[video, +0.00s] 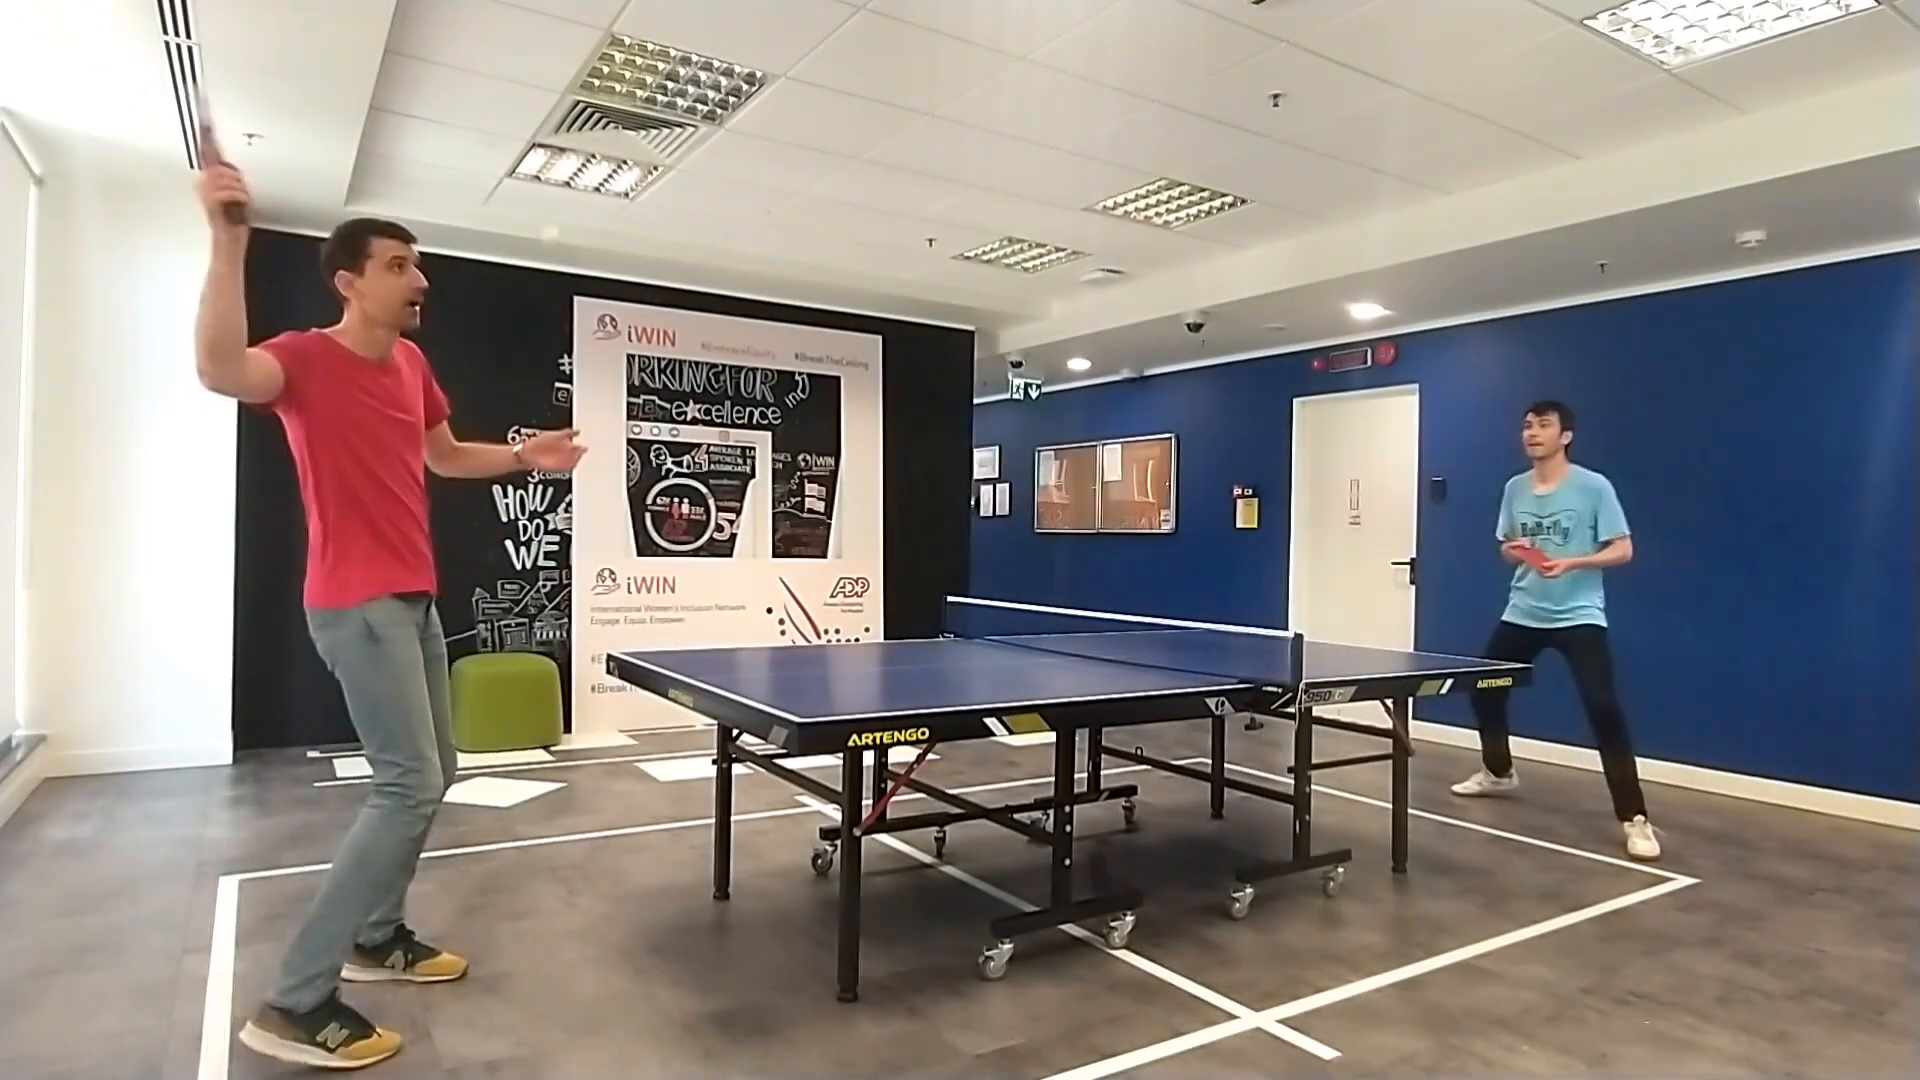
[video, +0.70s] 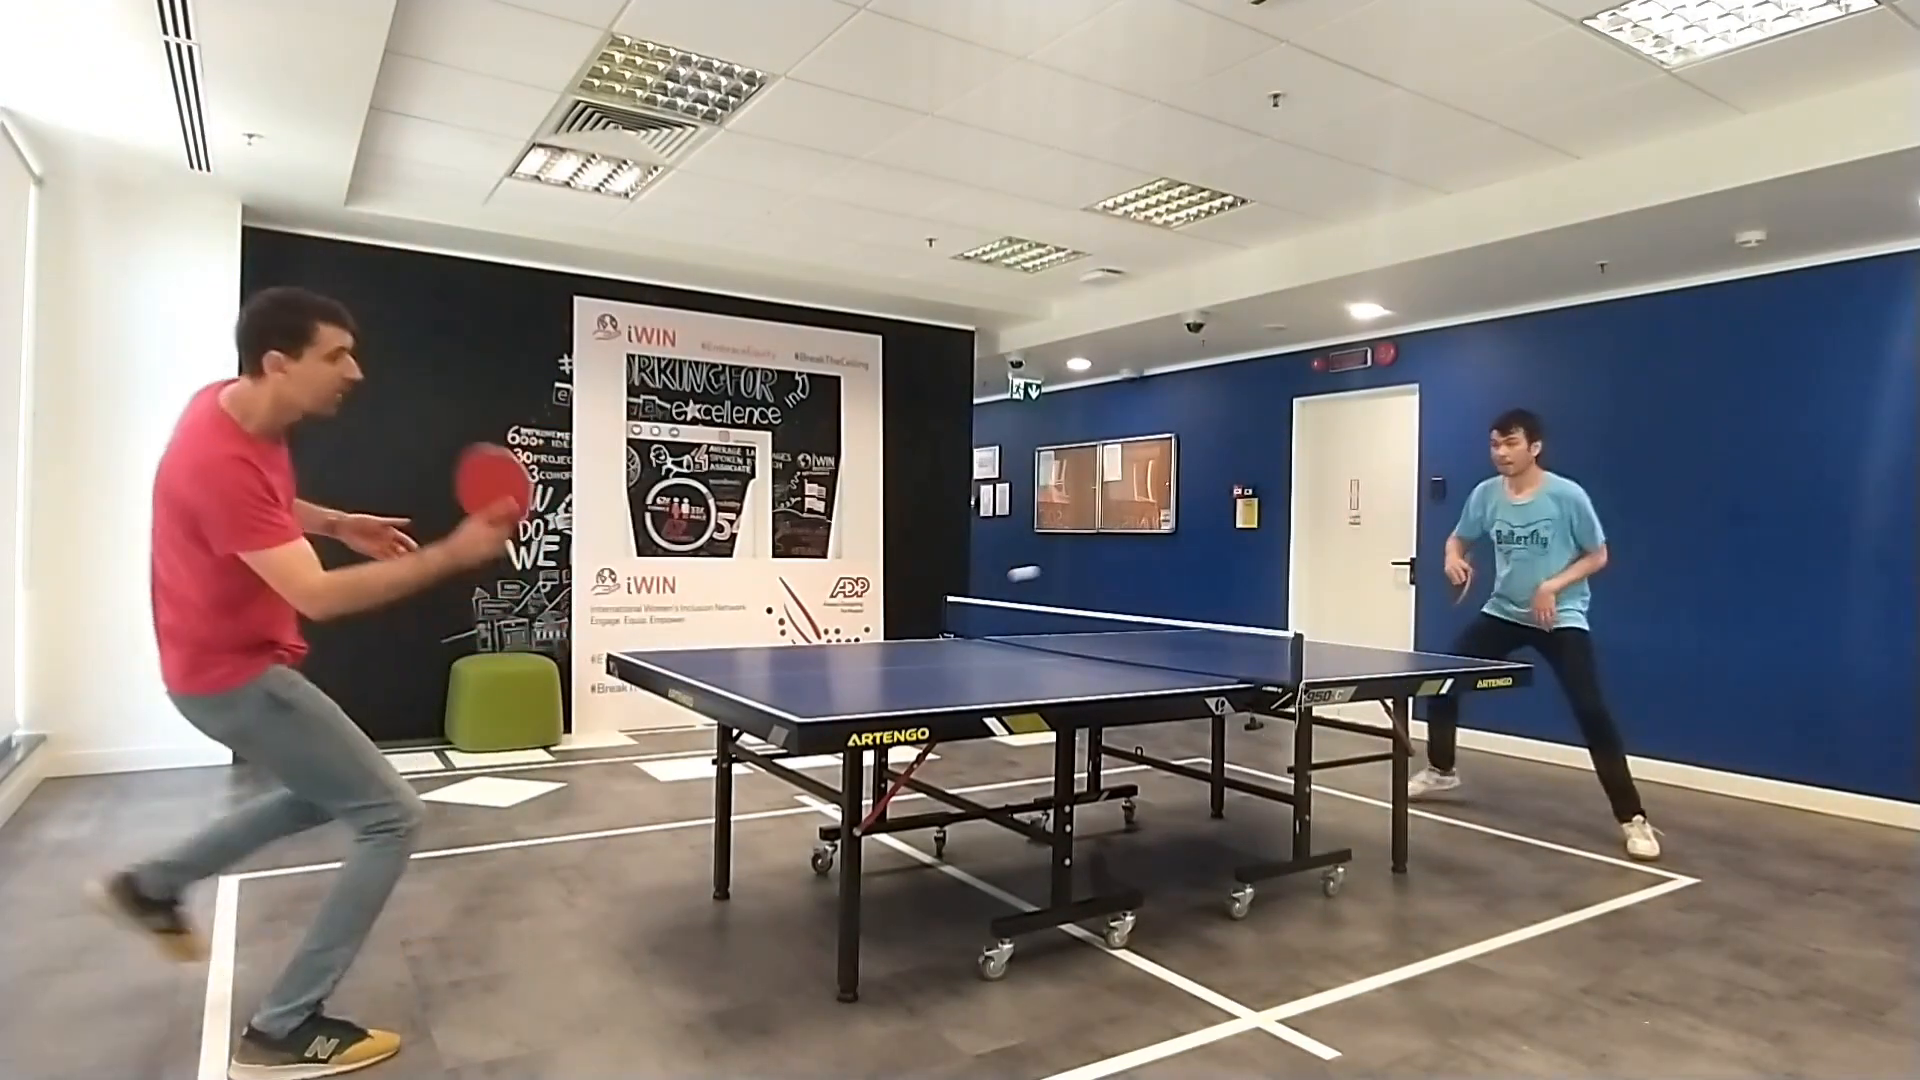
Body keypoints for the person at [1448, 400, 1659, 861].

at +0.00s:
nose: (1531, 432)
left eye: (1541, 425)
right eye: (1527, 426)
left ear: (1565, 436)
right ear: (1523, 438)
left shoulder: (1594, 486)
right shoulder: (1515, 488)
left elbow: (1622, 550)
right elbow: (1504, 550)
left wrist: (1570, 562)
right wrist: (1515, 551)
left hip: (1579, 615)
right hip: (1523, 612)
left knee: (1604, 708)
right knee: (1484, 685)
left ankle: (1634, 820)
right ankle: (1498, 773)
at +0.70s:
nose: (1500, 450)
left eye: (1509, 442)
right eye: (1495, 443)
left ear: (1535, 446)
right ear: (1492, 450)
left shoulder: (1568, 495)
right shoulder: (1485, 494)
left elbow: (1598, 555)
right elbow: (1458, 539)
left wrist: (1552, 585)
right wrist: (1452, 558)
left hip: (1560, 620)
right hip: (1502, 614)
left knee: (1591, 710)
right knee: (1441, 676)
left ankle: (1633, 820)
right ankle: (1441, 772)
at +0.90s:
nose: (1433, 475)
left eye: (1441, 466)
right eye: (1431, 468)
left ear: (1470, 465)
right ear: (1445, 472)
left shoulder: (1511, 504)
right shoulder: (1449, 516)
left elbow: (1558, 563)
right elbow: (1447, 570)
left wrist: (1514, 598)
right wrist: (1413, 599)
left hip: (1533, 628)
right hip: (1477, 626)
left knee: (1569, 717)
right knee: (1414, 688)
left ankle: (1628, 821)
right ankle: (1408, 779)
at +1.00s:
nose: (1402, 488)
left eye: (1406, 477)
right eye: (1399, 480)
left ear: (1434, 472)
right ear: (1422, 478)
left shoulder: (1482, 505)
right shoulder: (1432, 522)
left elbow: (1531, 560)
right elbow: (1435, 581)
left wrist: (1489, 600)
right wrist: (1380, 607)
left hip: (1523, 628)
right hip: (1470, 629)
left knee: (1563, 718)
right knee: (1408, 686)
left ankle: (1627, 820)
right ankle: (1407, 778)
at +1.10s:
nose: (1383, 492)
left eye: (1385, 482)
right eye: (1380, 485)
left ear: (1410, 474)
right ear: (1406, 478)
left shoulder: (1466, 504)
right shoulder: (1417, 532)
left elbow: (1518, 552)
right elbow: (1399, 582)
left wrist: (1476, 591)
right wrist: (1338, 583)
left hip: (1522, 626)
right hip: (1468, 629)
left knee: (1573, 712)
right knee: (1408, 683)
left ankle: (1632, 816)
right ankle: (1406, 778)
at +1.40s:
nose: (1426, 484)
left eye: (1434, 474)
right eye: (1424, 477)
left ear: (1463, 475)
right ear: (1433, 486)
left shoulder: (1508, 511)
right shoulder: (1435, 535)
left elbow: (1554, 563)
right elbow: (1392, 585)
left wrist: (1514, 588)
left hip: (1541, 636)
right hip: (1483, 639)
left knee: (1602, 716)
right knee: (1414, 685)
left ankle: (1689, 813)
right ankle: (1405, 780)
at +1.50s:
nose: (1473, 481)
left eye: (1481, 473)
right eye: (1470, 474)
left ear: (1510, 476)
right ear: (1473, 482)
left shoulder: (1552, 517)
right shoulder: (1473, 532)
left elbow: (1592, 572)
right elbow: (1447, 579)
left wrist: (1551, 596)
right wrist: (1445, 599)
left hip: (1569, 648)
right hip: (1507, 645)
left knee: (1622, 730)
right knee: (1433, 700)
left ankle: (1698, 825)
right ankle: (1404, 780)